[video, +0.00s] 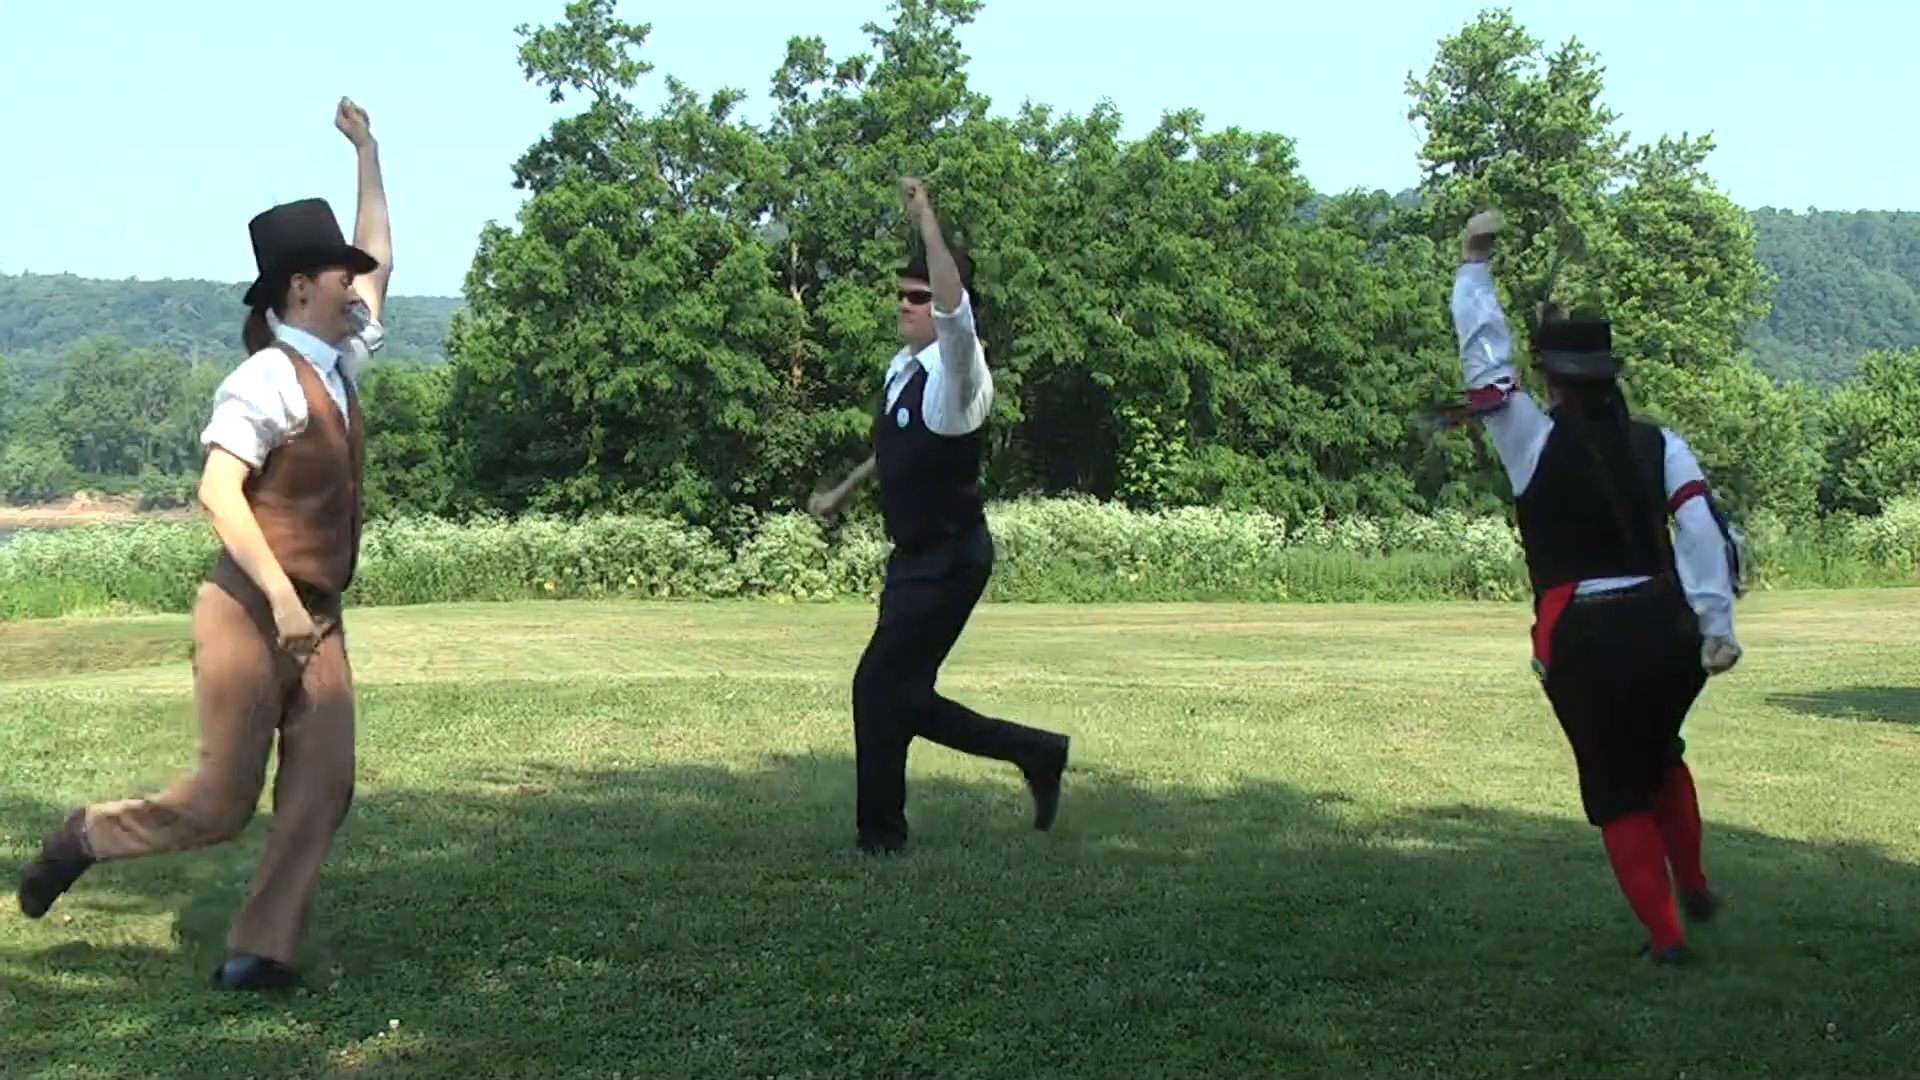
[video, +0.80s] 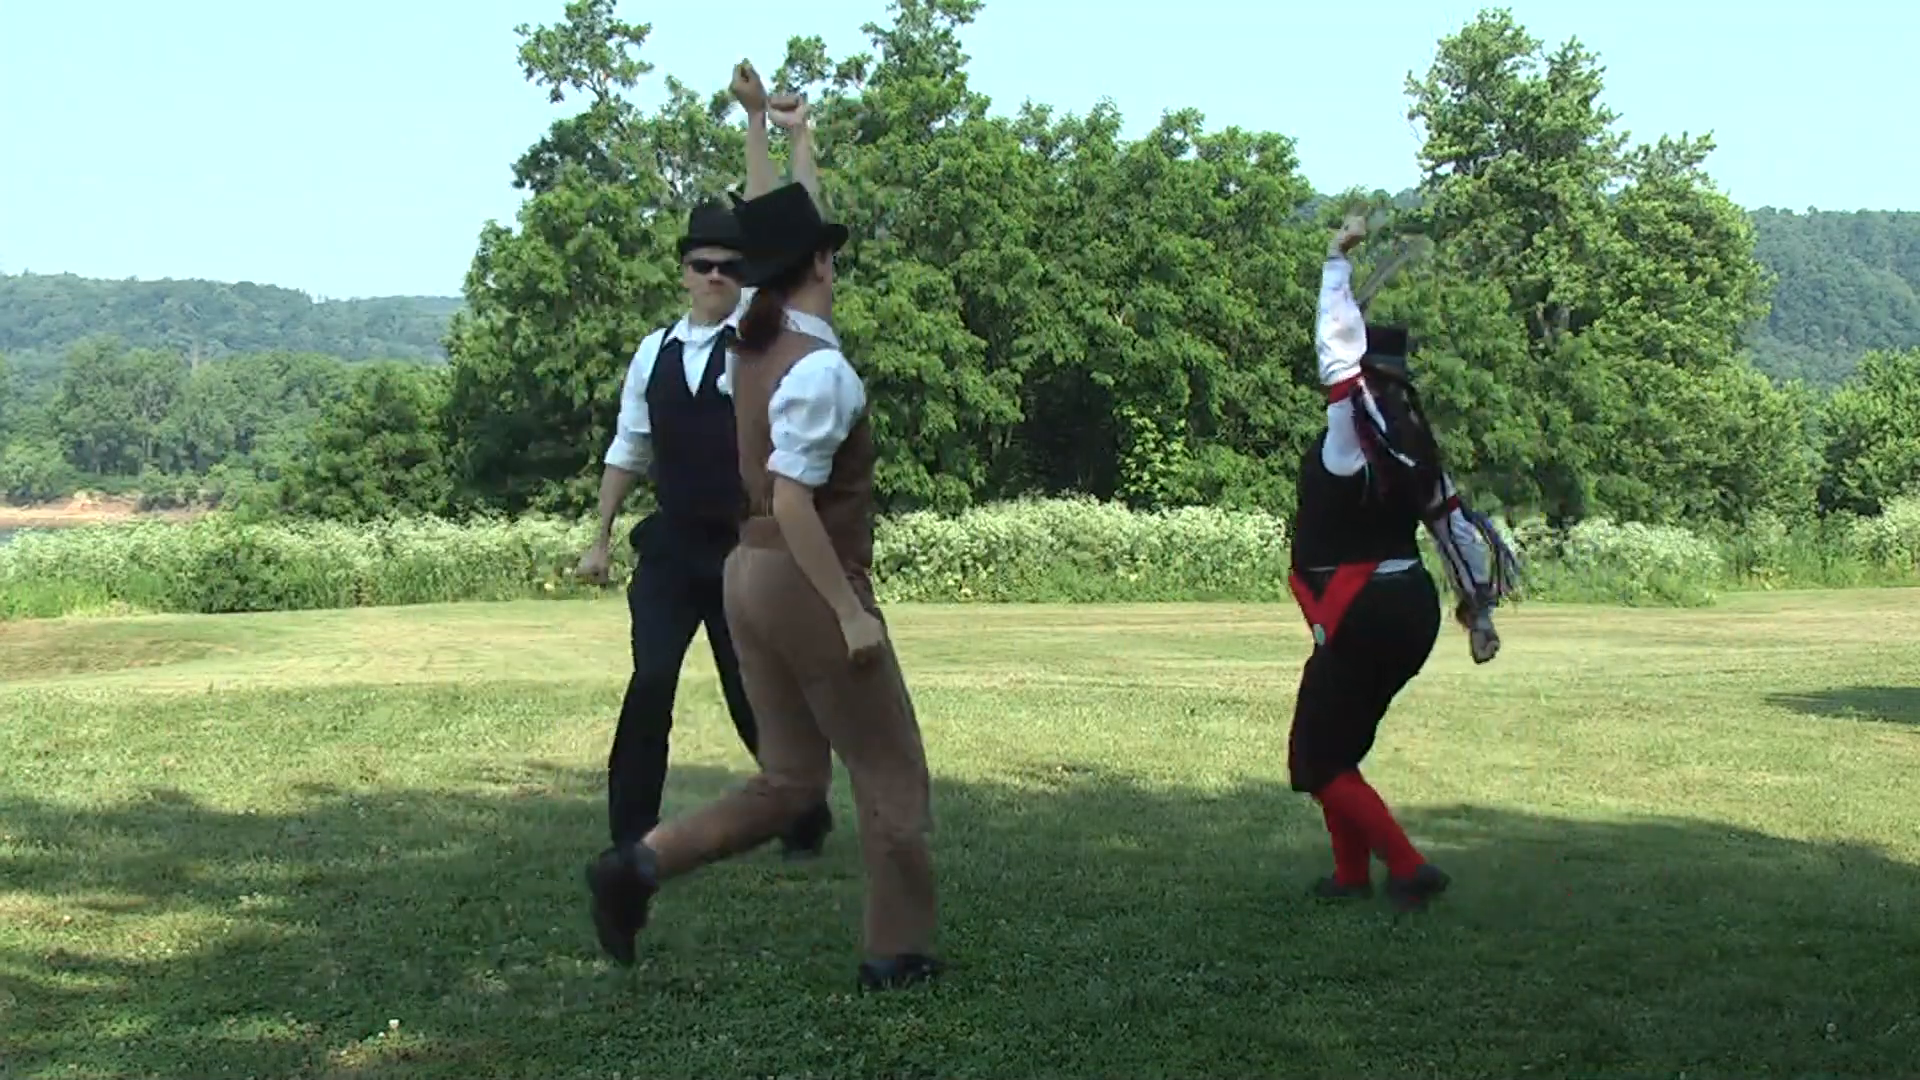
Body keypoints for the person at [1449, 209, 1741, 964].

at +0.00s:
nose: (1547, 391)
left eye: (1549, 381)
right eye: (1559, 378)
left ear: (1551, 389)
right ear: (1613, 382)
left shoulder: (1532, 443)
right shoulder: (1661, 444)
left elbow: (1486, 361)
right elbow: (1699, 526)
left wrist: (1473, 263)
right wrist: (1717, 618)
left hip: (1580, 634)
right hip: (1667, 624)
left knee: (1614, 784)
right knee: (1662, 750)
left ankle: (1667, 940)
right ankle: (1694, 888)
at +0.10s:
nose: (1531, 355)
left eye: (1535, 344)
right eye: (1543, 344)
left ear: (1538, 353)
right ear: (1598, 351)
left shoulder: (1513, 399)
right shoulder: (1642, 411)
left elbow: (1473, 318)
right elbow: (1694, 496)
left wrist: (1467, 227)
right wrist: (1723, 582)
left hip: (1561, 607)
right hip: (1651, 597)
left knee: (1604, 764)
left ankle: (1659, 926)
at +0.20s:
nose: (1504, 330)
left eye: (1510, 322)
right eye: (1512, 322)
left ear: (1519, 330)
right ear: (1575, 331)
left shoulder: (1497, 374)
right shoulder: (1620, 391)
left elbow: (1462, 291)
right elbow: (1671, 475)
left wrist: (1463, 199)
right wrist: (1705, 563)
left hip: (1539, 584)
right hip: (1625, 573)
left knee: (1572, 747)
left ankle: (1624, 897)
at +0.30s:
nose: (1478, 346)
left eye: (1484, 337)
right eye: (1485, 335)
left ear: (1499, 343)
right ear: (1552, 344)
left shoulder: (1478, 382)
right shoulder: (1591, 405)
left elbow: (1450, 294)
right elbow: (1643, 492)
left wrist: (1453, 212)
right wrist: (1674, 575)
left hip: (1521, 592)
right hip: (1603, 579)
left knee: (1544, 749)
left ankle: (1566, 900)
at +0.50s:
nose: (1438, 400)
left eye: (1443, 391)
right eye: (1442, 391)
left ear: (1457, 400)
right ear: (1498, 400)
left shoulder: (1448, 448)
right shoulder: (1531, 462)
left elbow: (1410, 360)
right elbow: (1572, 545)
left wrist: (1394, 277)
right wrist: (1593, 625)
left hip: (1494, 631)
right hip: (1550, 622)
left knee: (1483, 787)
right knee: (1414, 700)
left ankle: (1561, 916)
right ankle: (1447, 839)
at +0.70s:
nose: (1375, 362)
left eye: (1381, 355)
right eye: (1387, 354)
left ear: (1389, 360)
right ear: (1434, 364)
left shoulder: (1378, 398)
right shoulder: (1461, 428)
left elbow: (1358, 323)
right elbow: (1501, 509)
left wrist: (1353, 239)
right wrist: (1516, 587)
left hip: (1409, 598)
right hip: (1459, 594)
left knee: (1410, 763)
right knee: (1343, 702)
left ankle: (1506, 866)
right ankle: (1341, 844)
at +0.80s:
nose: (1338, 374)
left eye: (1345, 364)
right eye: (1354, 364)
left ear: (1356, 372)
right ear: (1398, 375)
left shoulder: (1354, 416)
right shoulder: (1410, 436)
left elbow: (1337, 338)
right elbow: (1450, 524)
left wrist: (1338, 259)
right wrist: (1478, 609)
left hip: (1368, 603)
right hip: (1413, 598)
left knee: (1318, 756)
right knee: (1334, 741)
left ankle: (1411, 870)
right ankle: (1349, 876)